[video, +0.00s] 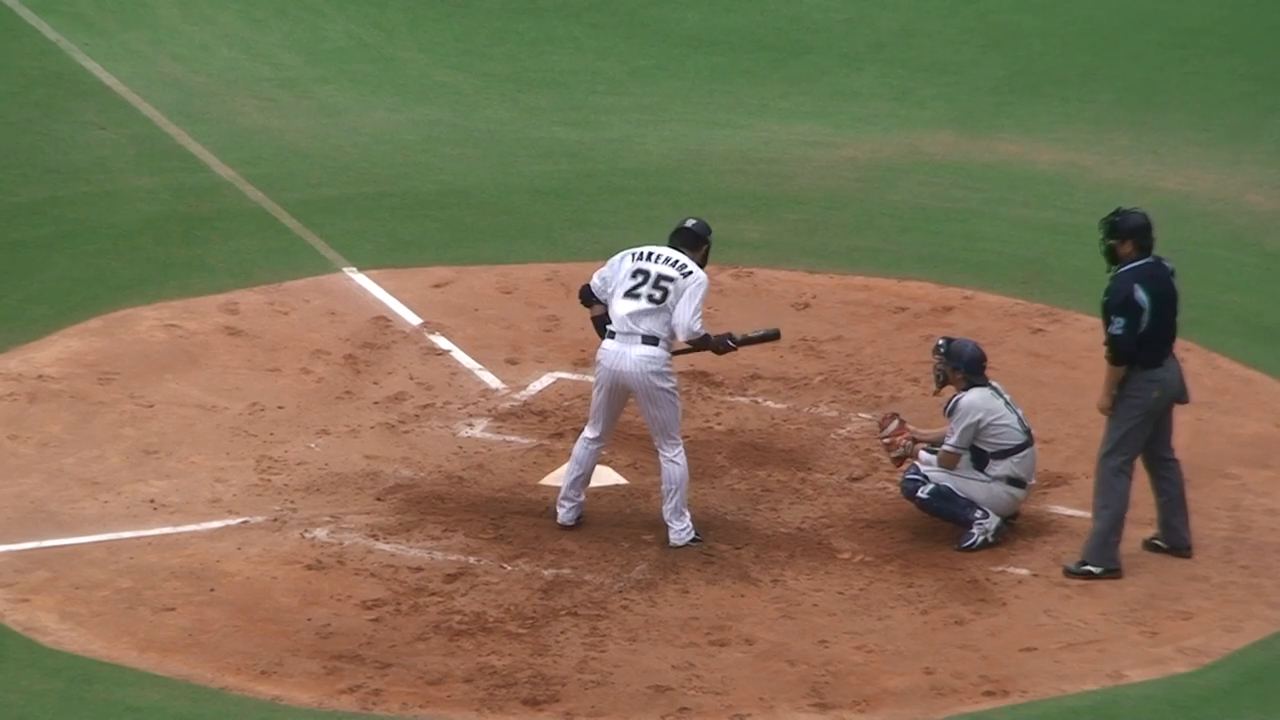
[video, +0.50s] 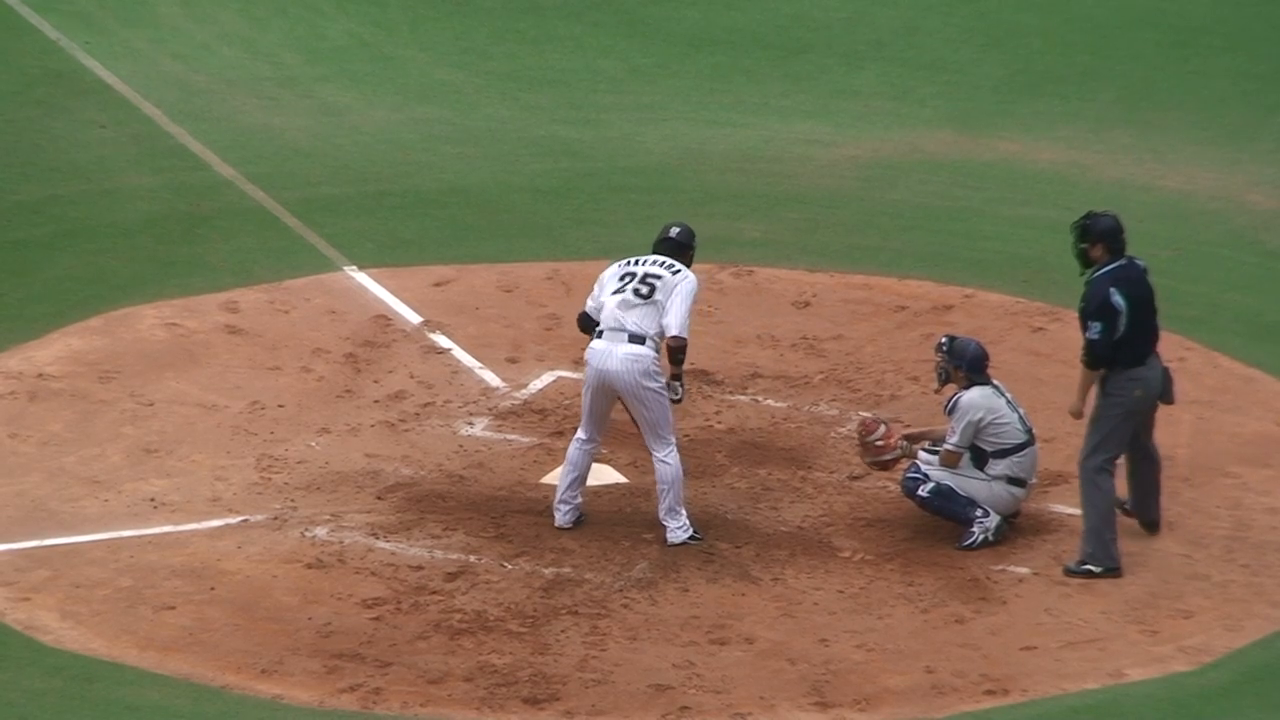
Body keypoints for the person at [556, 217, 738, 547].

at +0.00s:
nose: (707, 256)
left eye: (707, 250)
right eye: (707, 250)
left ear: (672, 240)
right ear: (699, 249)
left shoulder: (630, 255)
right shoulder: (694, 275)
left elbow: (588, 293)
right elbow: (688, 331)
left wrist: (609, 333)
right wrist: (714, 343)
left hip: (610, 352)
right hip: (650, 359)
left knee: (593, 434)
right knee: (670, 447)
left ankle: (567, 509)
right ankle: (679, 529)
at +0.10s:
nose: (708, 255)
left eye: (708, 249)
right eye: (708, 249)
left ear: (673, 239)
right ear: (701, 248)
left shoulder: (633, 255)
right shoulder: (696, 274)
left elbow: (592, 295)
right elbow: (692, 333)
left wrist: (611, 336)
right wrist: (718, 355)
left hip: (611, 351)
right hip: (652, 357)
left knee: (594, 433)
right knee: (670, 446)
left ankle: (566, 507)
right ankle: (680, 528)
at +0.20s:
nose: (706, 255)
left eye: (706, 249)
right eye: (706, 249)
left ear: (672, 239)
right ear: (700, 248)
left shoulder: (632, 257)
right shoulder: (694, 274)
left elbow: (591, 299)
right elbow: (690, 334)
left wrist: (611, 340)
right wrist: (714, 367)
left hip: (609, 351)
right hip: (649, 357)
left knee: (592, 435)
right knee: (670, 445)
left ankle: (565, 510)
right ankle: (679, 527)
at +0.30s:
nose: (701, 257)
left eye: (702, 251)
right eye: (701, 251)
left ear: (668, 241)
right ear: (696, 250)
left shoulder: (628, 260)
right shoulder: (691, 275)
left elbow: (588, 303)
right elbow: (685, 335)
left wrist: (608, 346)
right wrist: (701, 373)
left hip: (604, 351)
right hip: (645, 357)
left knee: (590, 435)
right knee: (668, 447)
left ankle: (565, 511)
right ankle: (678, 528)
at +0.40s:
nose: (695, 258)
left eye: (696, 253)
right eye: (696, 253)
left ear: (662, 244)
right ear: (691, 252)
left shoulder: (624, 262)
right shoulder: (687, 276)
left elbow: (585, 311)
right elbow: (680, 338)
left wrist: (607, 334)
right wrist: (687, 373)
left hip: (601, 351)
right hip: (641, 357)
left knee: (588, 435)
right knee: (666, 447)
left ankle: (564, 511)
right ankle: (677, 527)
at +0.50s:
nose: (691, 259)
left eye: (690, 254)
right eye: (691, 253)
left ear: (656, 246)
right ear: (687, 253)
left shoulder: (620, 265)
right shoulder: (684, 277)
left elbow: (586, 320)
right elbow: (675, 341)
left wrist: (615, 343)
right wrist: (676, 377)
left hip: (598, 351)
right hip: (639, 357)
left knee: (586, 436)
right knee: (663, 448)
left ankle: (564, 512)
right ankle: (677, 527)